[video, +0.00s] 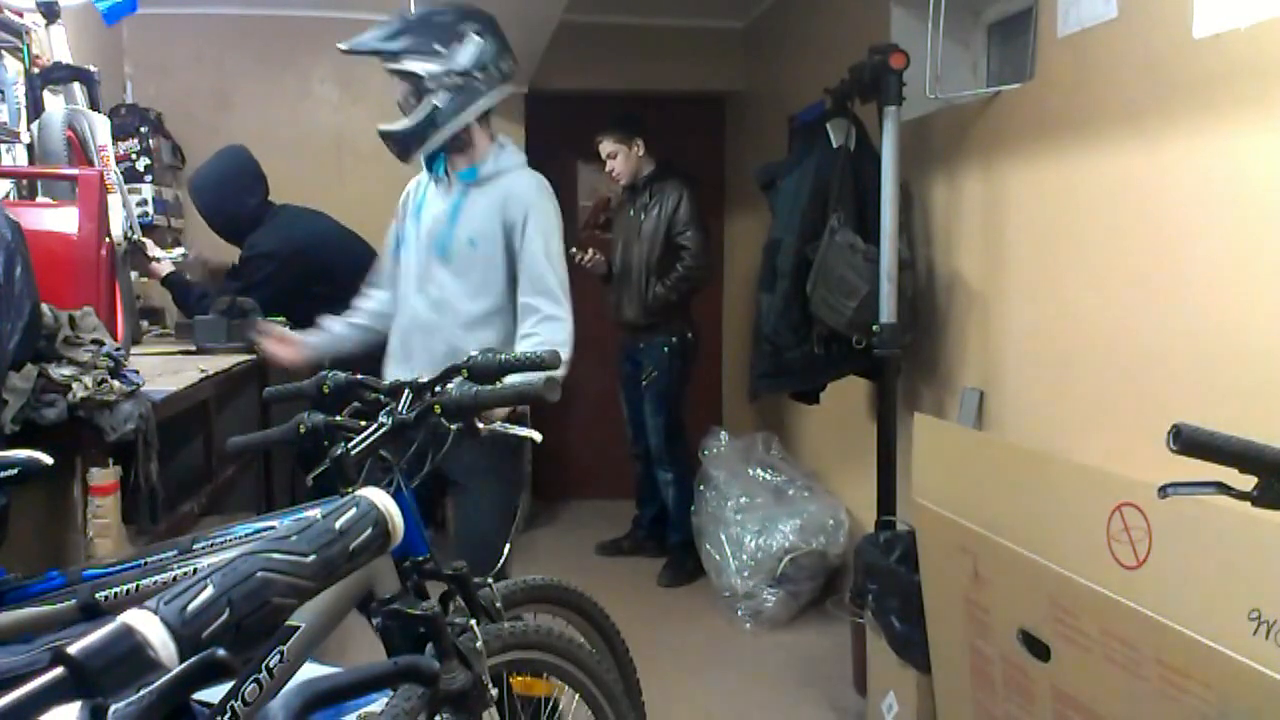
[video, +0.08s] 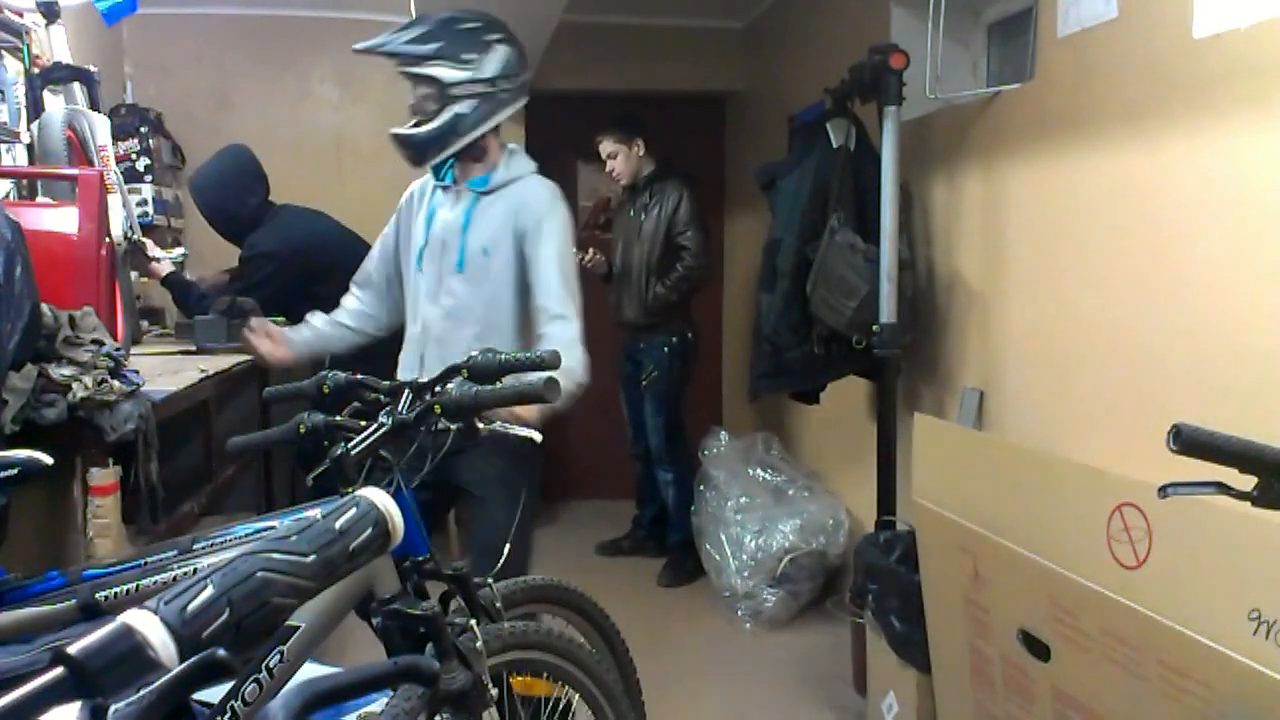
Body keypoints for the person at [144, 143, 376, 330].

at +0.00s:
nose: (211, 223)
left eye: (209, 212)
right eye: (206, 214)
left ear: (225, 207)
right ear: (254, 191)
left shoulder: (268, 249)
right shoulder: (294, 219)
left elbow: (221, 319)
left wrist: (167, 276)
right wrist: (218, 274)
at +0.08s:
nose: (211, 221)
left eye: (211, 211)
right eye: (207, 213)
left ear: (227, 206)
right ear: (255, 191)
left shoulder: (268, 249)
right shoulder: (293, 219)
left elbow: (219, 319)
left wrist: (165, 273)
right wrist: (226, 280)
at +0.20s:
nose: (210, 221)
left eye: (210, 212)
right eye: (207, 212)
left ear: (226, 208)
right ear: (254, 190)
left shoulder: (268, 250)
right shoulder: (290, 220)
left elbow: (228, 327)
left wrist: (167, 276)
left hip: (363, 359)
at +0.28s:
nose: (210, 223)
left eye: (210, 213)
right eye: (207, 215)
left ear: (228, 207)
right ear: (253, 190)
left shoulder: (266, 250)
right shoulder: (290, 221)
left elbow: (231, 321)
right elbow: (244, 291)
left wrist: (168, 277)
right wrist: (176, 279)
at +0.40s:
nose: (209, 221)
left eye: (209, 212)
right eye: (206, 212)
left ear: (224, 209)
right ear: (252, 191)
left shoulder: (266, 249)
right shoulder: (291, 221)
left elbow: (228, 318)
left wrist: (166, 276)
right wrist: (173, 276)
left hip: (365, 349)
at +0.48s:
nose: (209, 222)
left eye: (209, 212)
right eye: (206, 214)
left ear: (226, 207)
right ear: (255, 191)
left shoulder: (264, 249)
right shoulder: (295, 220)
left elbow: (233, 324)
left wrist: (167, 277)